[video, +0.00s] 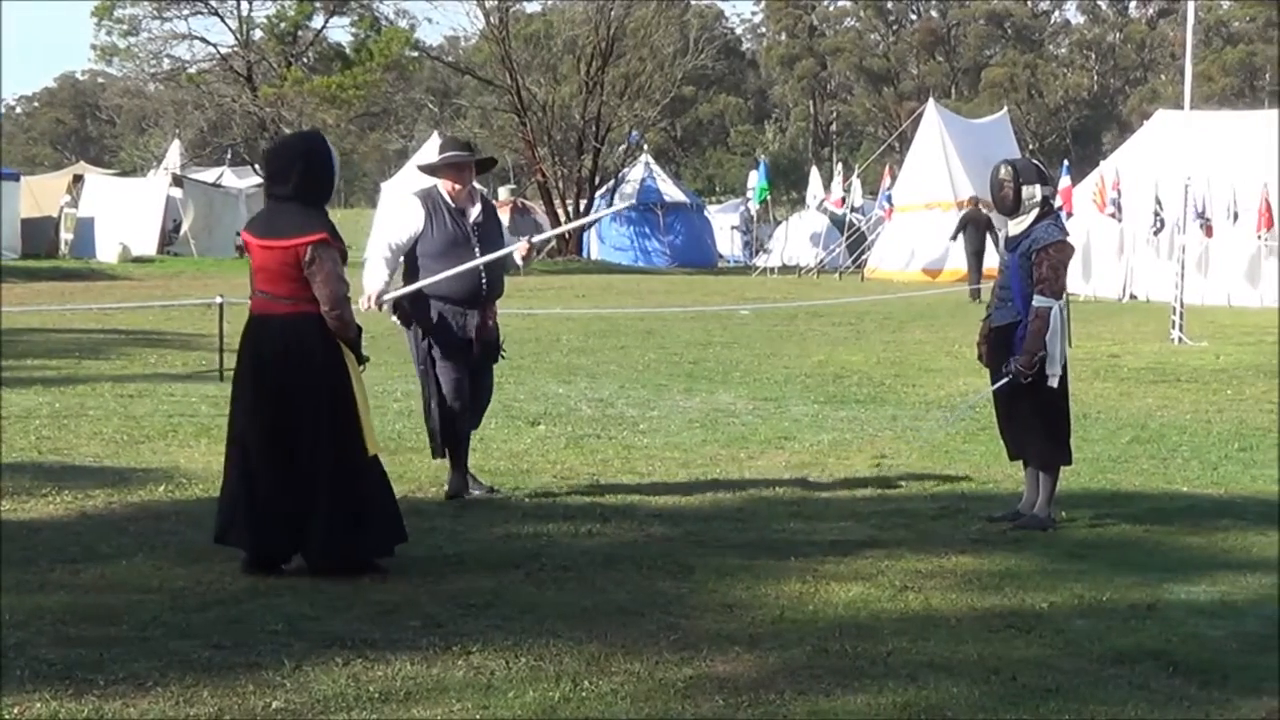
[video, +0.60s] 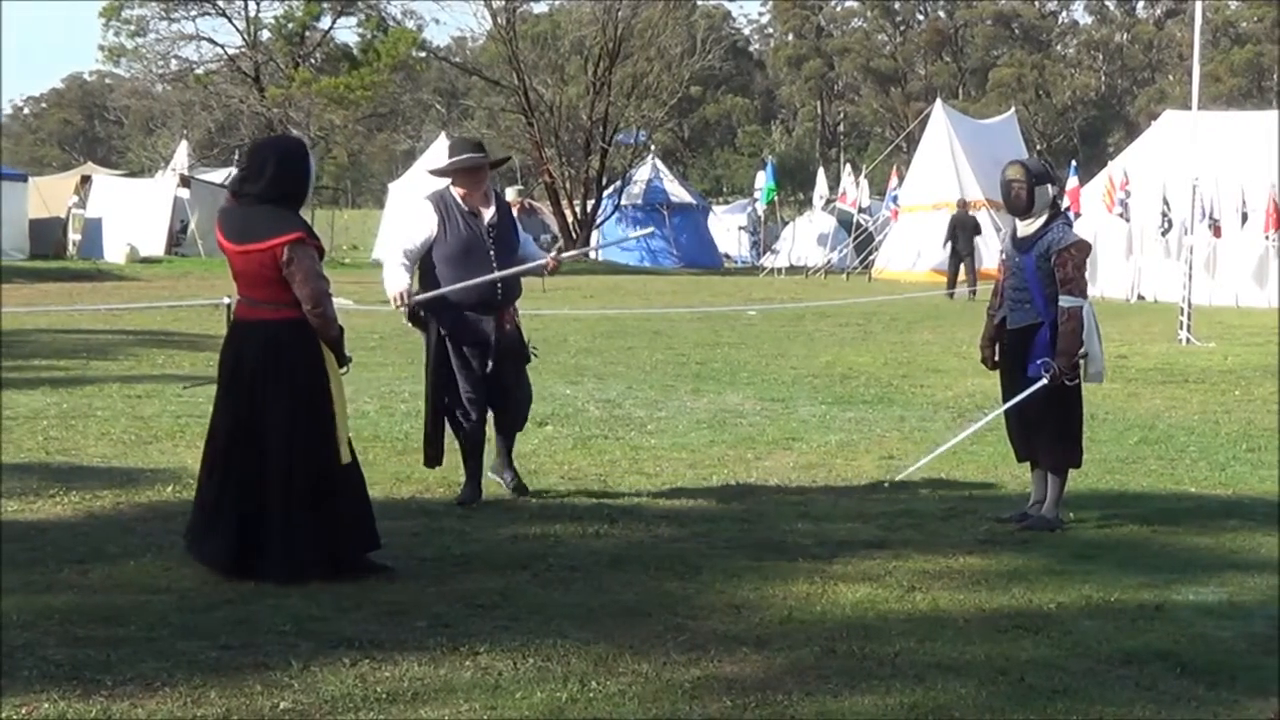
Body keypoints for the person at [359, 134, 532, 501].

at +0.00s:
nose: (457, 176)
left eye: (463, 168)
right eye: (450, 170)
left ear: (474, 170)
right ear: (437, 173)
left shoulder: (484, 204)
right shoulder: (418, 206)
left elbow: (496, 255)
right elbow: (386, 246)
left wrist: (517, 254)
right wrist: (375, 283)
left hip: (481, 313)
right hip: (438, 314)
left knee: (481, 393)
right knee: (454, 396)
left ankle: (457, 463)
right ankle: (460, 477)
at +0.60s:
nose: (473, 178)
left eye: (478, 171)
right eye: (464, 173)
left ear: (488, 170)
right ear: (451, 178)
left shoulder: (500, 204)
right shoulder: (434, 209)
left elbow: (516, 243)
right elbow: (399, 251)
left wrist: (542, 260)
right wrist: (397, 282)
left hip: (503, 317)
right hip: (458, 321)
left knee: (514, 395)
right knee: (467, 403)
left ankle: (503, 461)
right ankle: (472, 482)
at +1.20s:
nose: (509, 177)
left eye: (516, 169)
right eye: (501, 171)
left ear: (527, 171)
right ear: (488, 175)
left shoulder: (543, 212)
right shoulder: (466, 209)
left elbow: (568, 258)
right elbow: (434, 253)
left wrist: (582, 265)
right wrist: (422, 286)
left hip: (531, 323)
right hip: (480, 324)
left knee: (539, 405)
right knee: (480, 408)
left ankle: (555, 484)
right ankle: (474, 484)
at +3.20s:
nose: (492, 177)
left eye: (500, 169)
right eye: (485, 170)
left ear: (513, 172)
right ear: (473, 175)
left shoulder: (533, 212)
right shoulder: (454, 209)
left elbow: (559, 258)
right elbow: (420, 256)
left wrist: (537, 268)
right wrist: (385, 295)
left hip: (520, 325)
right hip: (468, 324)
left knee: (531, 403)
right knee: (484, 407)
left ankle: (549, 481)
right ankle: (496, 482)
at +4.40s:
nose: (505, 182)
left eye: (510, 174)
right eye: (495, 176)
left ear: (520, 174)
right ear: (482, 180)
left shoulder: (537, 209)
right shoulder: (460, 209)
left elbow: (568, 253)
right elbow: (431, 254)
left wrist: (549, 227)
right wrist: (426, 295)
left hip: (530, 325)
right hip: (476, 327)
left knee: (546, 405)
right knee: (488, 408)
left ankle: (568, 482)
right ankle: (496, 482)